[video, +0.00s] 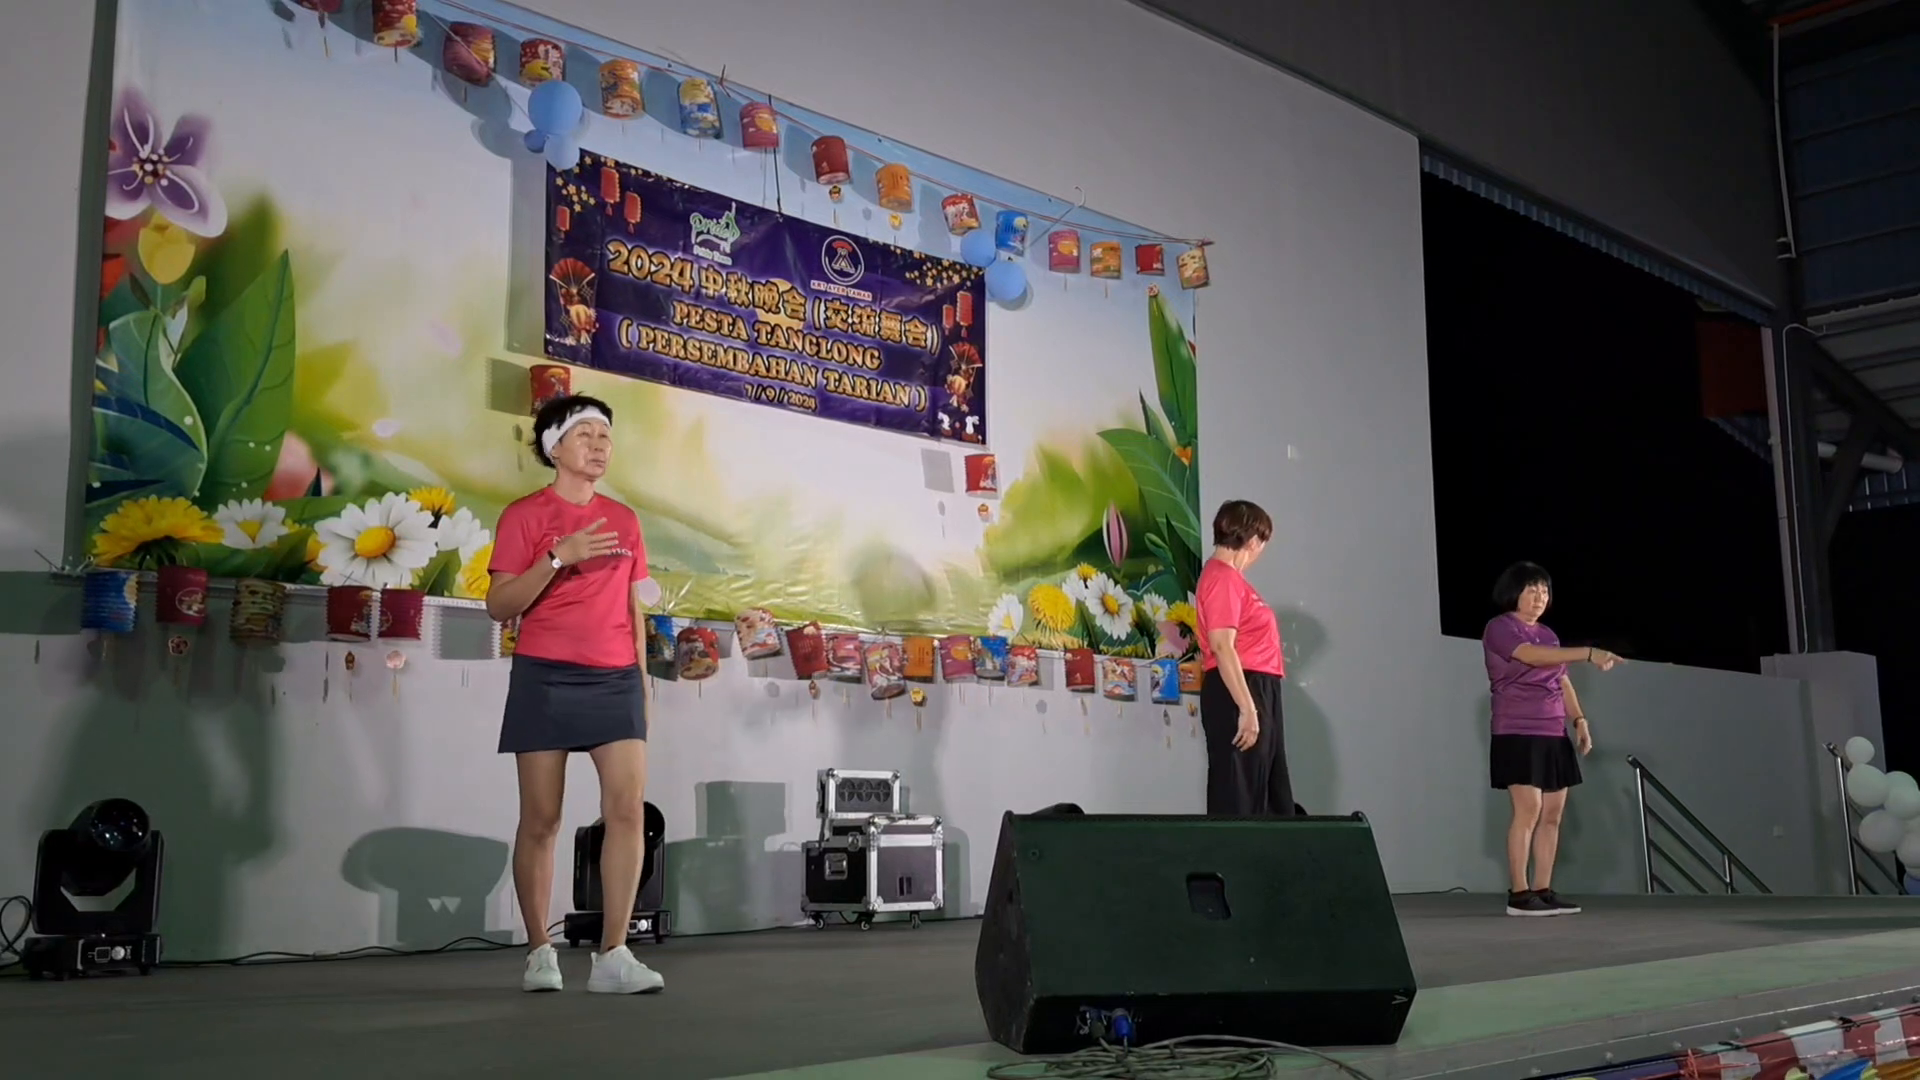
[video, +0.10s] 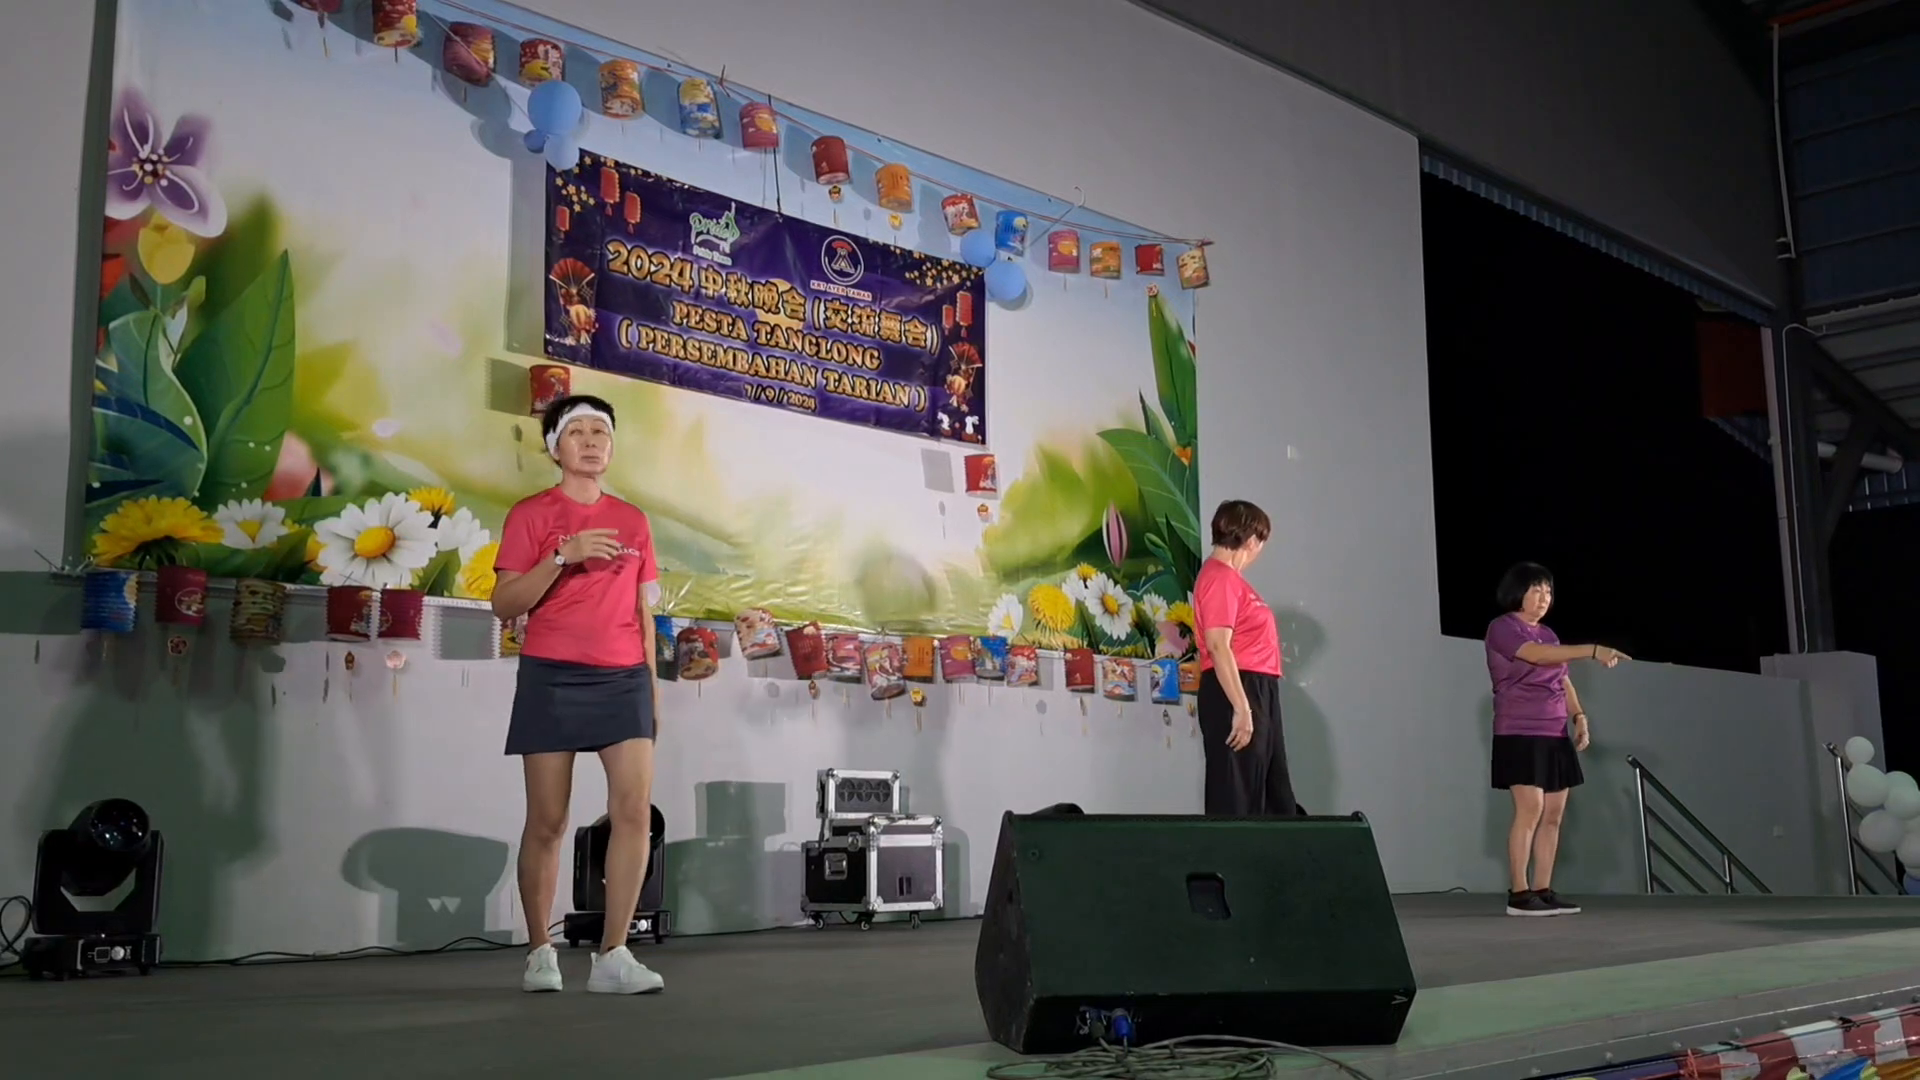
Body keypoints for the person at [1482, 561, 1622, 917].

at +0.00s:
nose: (1539, 599)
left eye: (1544, 593)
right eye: (1532, 591)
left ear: (1549, 599)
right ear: (1513, 593)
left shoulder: (1548, 636)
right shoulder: (1499, 628)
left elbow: (1562, 682)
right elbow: (1530, 655)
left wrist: (1579, 719)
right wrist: (1588, 653)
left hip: (1555, 737)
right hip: (1518, 737)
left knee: (1552, 814)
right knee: (1527, 810)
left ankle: (1542, 891)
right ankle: (1519, 894)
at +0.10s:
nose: (1543, 599)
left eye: (1547, 593)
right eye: (1536, 591)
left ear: (1551, 599)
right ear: (1517, 592)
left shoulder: (1548, 636)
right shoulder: (1501, 628)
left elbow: (1564, 682)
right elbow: (1534, 655)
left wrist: (1578, 716)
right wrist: (1592, 650)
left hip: (1557, 738)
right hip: (1520, 737)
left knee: (1553, 815)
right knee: (1529, 811)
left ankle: (1541, 891)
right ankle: (1519, 894)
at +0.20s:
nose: (1546, 599)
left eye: (1550, 593)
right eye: (1539, 592)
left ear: (1553, 598)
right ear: (1520, 593)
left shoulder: (1550, 636)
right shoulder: (1503, 628)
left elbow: (1563, 680)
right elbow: (1535, 656)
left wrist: (1577, 713)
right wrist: (1594, 653)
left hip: (1558, 738)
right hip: (1522, 737)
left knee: (1554, 816)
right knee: (1531, 811)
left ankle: (1542, 891)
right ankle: (1519, 893)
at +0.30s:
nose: (1547, 599)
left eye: (1551, 593)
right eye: (1540, 592)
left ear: (1555, 599)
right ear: (1522, 593)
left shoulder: (1551, 637)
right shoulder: (1506, 628)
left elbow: (1564, 682)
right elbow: (1535, 658)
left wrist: (1577, 715)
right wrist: (1594, 659)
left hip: (1560, 738)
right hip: (1523, 737)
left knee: (1555, 815)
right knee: (1532, 810)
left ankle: (1542, 891)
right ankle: (1519, 893)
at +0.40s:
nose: (1548, 599)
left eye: (1552, 593)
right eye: (1541, 591)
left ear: (1556, 599)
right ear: (1522, 593)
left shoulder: (1552, 637)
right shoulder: (1507, 628)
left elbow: (1565, 684)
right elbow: (1535, 661)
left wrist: (1578, 718)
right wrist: (1591, 664)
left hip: (1561, 737)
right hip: (1525, 736)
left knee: (1556, 814)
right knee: (1532, 811)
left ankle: (1542, 891)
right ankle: (1519, 893)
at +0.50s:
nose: (1547, 595)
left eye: (1551, 589)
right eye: (1539, 588)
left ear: (1557, 597)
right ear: (1522, 593)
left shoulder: (1555, 638)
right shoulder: (1508, 628)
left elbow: (1568, 685)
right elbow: (1533, 660)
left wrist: (1581, 722)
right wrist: (1591, 665)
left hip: (1562, 737)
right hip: (1524, 736)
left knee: (1557, 815)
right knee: (1533, 811)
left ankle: (1542, 891)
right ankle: (1519, 893)